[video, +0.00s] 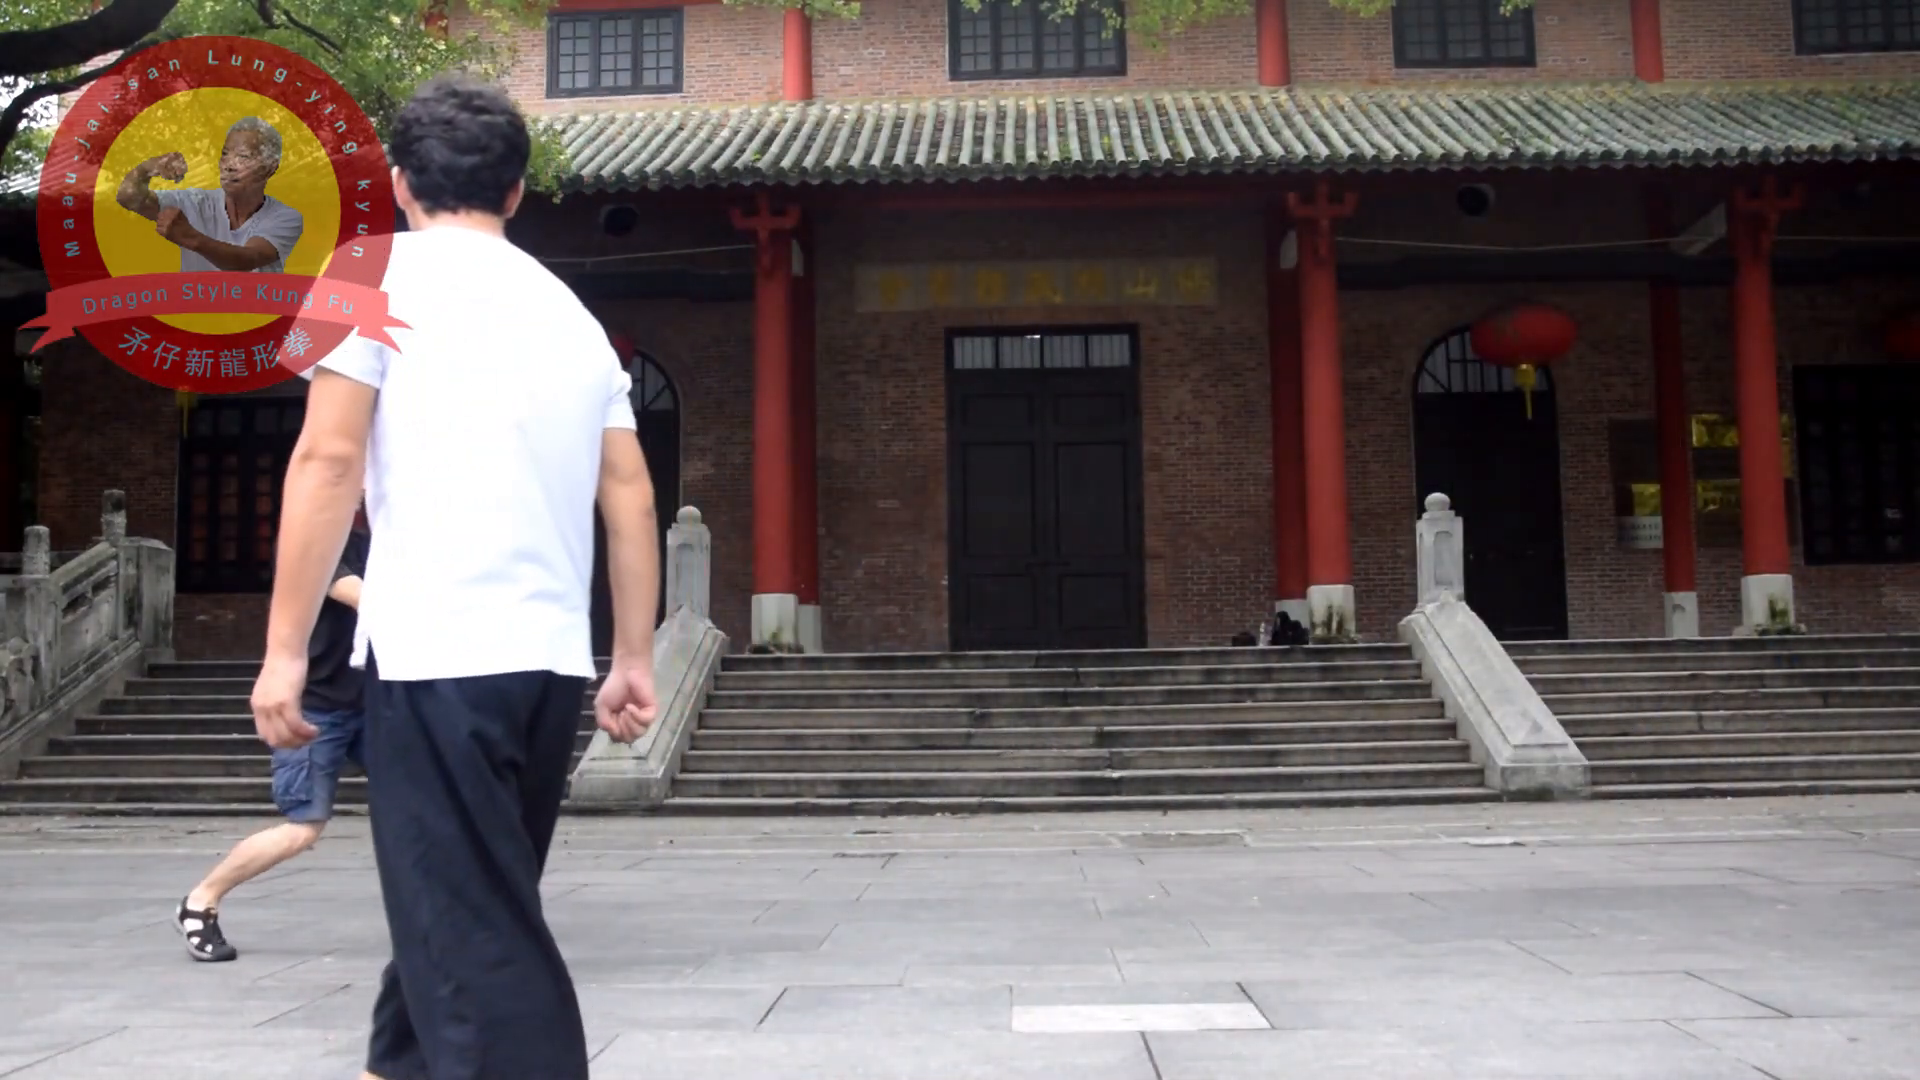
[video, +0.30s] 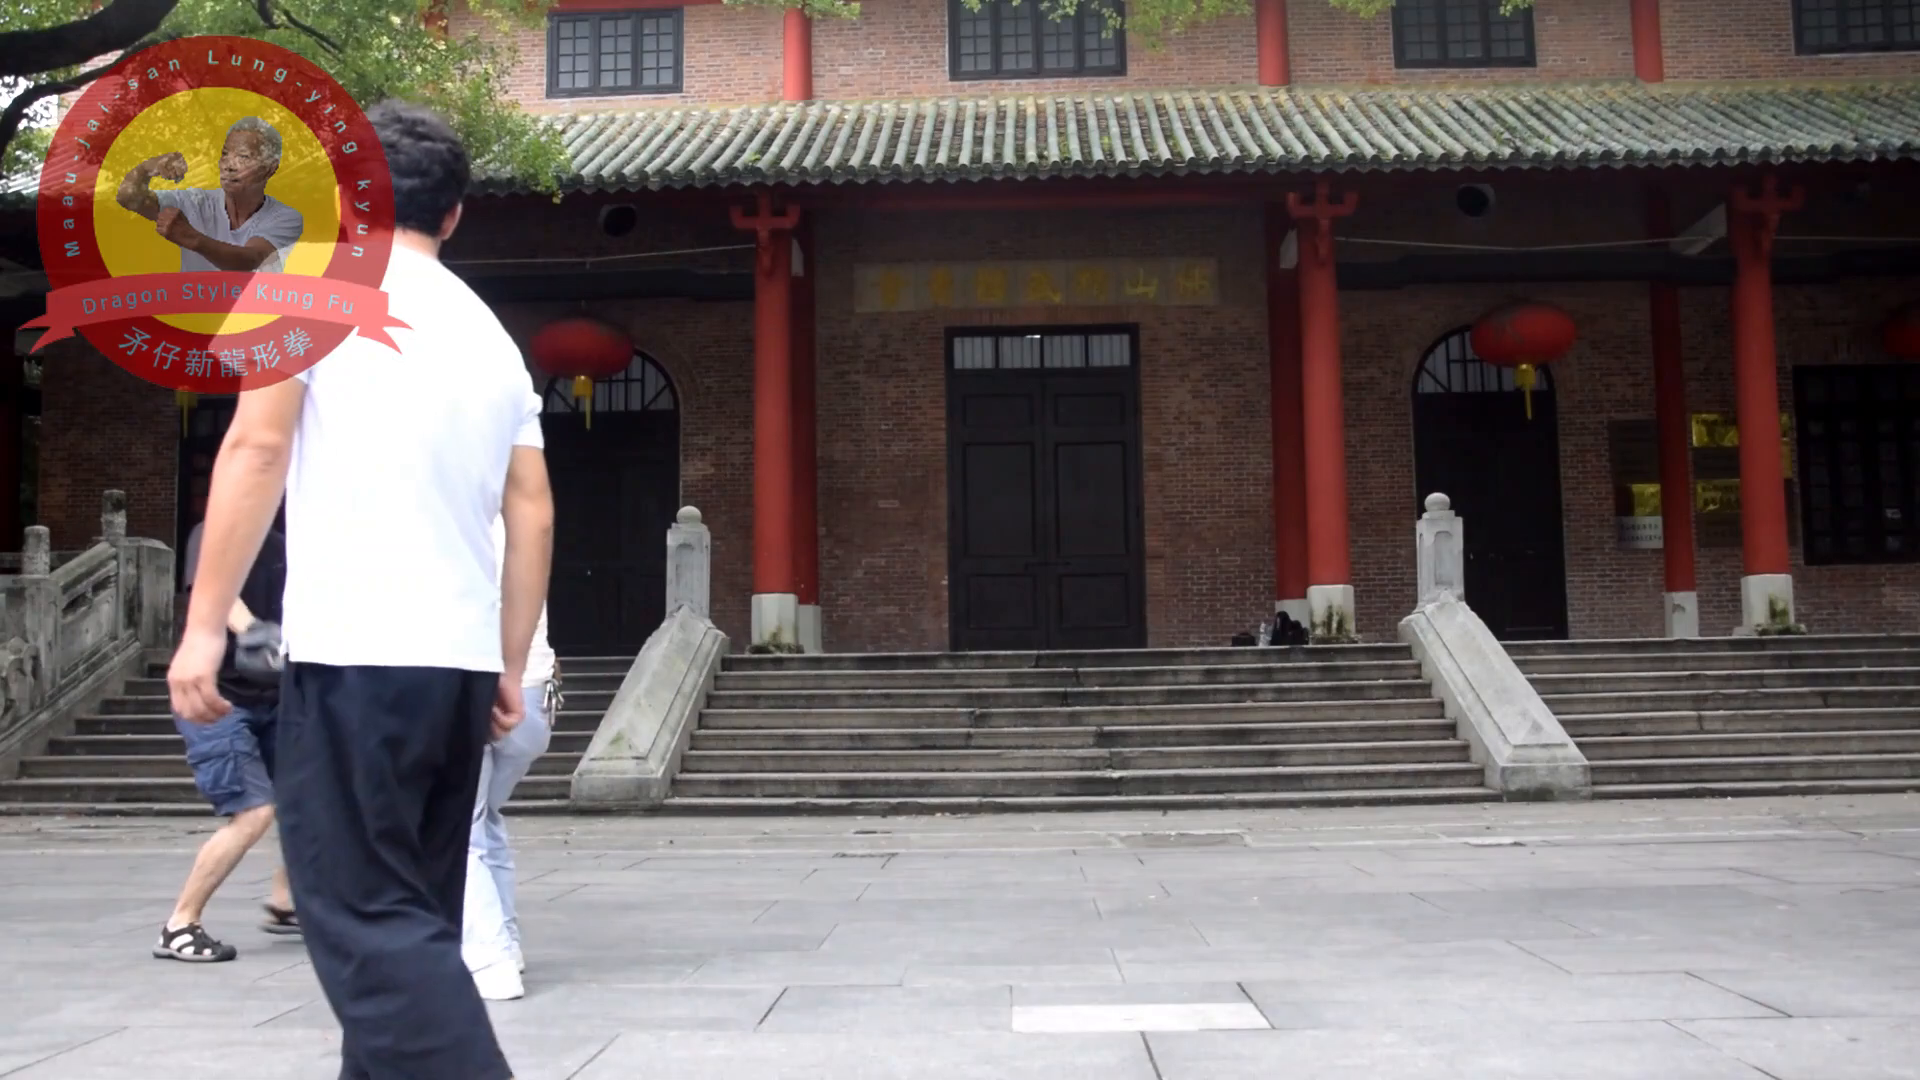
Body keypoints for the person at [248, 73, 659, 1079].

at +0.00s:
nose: (396, 194)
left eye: (397, 181)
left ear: (402, 186)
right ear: (515, 193)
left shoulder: (385, 273)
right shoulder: (576, 320)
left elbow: (330, 456)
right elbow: (628, 489)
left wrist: (284, 649)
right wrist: (635, 654)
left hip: (434, 672)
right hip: (556, 673)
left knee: (474, 943)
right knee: (453, 932)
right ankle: (404, 1065)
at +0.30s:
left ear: (343, 195)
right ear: (453, 218)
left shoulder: (310, 284)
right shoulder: (492, 338)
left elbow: (258, 448)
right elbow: (530, 508)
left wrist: (206, 622)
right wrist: (511, 660)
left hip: (350, 659)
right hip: (466, 662)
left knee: (363, 919)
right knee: (417, 914)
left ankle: (472, 1075)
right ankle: (384, 1071)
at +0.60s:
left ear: (322, 221)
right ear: (415, 242)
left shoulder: (260, 297)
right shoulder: (448, 351)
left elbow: (207, 450)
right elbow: (486, 521)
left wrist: (157, 608)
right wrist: (460, 661)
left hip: (296, 656)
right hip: (421, 666)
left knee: (237, 886)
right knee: (391, 903)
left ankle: (355, 1066)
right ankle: (390, 1074)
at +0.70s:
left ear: (314, 224)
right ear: (400, 243)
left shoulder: (245, 300)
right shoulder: (436, 351)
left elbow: (196, 458)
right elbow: (478, 525)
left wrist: (154, 607)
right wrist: (455, 666)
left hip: (279, 657)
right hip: (410, 667)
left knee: (208, 897)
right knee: (383, 919)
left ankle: (255, 1070)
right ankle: (378, 1071)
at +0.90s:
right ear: (352, 260)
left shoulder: (209, 307)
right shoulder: (411, 350)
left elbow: (170, 457)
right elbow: (459, 515)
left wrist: (137, 622)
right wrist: (448, 661)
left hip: (250, 644)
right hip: (385, 653)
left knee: (163, 891)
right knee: (372, 900)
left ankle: (126, 1064)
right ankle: (371, 1066)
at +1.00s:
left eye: (190, 255)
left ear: (222, 242)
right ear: (319, 249)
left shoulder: (184, 311)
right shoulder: (393, 352)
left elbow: (149, 465)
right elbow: (444, 512)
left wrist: (120, 628)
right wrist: (437, 665)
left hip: (227, 647)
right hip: (367, 655)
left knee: (143, 897)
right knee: (364, 902)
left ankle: (83, 1067)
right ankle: (367, 1066)